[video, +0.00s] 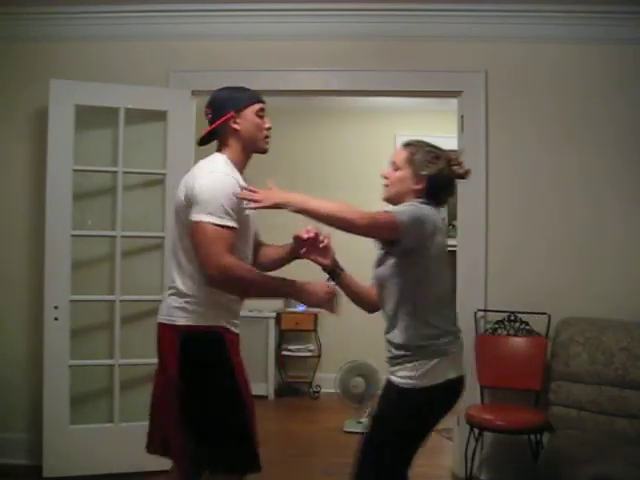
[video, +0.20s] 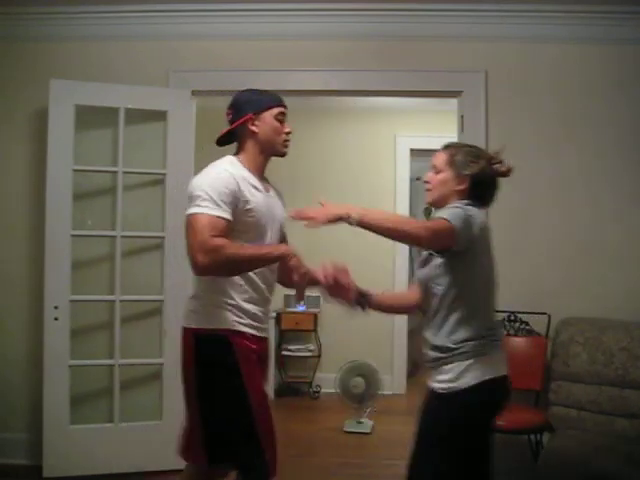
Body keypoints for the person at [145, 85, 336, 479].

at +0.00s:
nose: (269, 124)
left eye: (266, 116)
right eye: (260, 115)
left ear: (234, 125)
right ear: (232, 123)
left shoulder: (230, 181)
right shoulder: (214, 178)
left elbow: (252, 257)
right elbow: (218, 266)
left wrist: (293, 249)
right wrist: (296, 289)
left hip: (206, 330)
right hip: (197, 333)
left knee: (195, 458)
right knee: (225, 460)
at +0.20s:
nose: (289, 128)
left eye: (287, 120)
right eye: (280, 119)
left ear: (258, 128)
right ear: (251, 125)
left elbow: (282, 271)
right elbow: (204, 255)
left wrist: (316, 276)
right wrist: (280, 252)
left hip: (251, 336)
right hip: (218, 335)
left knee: (210, 458)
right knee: (254, 459)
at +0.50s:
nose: (318, 129)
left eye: (316, 121)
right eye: (309, 120)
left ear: (285, 130)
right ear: (281, 127)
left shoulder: (285, 188)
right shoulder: (262, 179)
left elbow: (314, 270)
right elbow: (295, 255)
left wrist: (373, 290)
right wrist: (360, 263)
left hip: (291, 336)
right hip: (259, 338)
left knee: (333, 444)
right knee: (276, 462)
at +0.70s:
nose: (336, 130)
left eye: (333, 122)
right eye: (327, 121)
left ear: (298, 130)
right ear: (299, 128)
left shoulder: (294, 181)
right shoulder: (286, 178)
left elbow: (328, 262)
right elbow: (318, 250)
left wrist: (390, 267)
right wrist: (389, 262)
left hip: (296, 333)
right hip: (289, 336)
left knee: (319, 449)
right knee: (319, 451)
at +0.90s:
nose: (336, 133)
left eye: (334, 124)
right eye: (328, 124)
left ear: (298, 132)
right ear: (300, 129)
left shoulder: (285, 179)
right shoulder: (287, 176)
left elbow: (305, 266)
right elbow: (319, 230)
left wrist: (363, 272)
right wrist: (389, 224)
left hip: (287, 334)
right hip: (293, 336)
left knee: (307, 458)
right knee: (325, 458)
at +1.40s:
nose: (284, 132)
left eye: (284, 124)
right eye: (276, 123)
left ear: (249, 129)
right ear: (246, 125)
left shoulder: (239, 175)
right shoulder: (231, 167)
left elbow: (234, 260)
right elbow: (315, 173)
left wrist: (287, 257)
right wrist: (331, 128)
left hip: (234, 326)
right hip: (225, 328)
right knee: (242, 450)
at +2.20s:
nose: (268, 147)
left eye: (267, 138)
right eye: (262, 137)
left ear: (235, 140)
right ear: (236, 138)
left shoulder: (214, 181)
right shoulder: (215, 179)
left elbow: (201, 267)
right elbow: (268, 211)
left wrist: (248, 285)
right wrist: (328, 178)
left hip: (211, 337)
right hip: (197, 340)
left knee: (217, 455)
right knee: (200, 457)